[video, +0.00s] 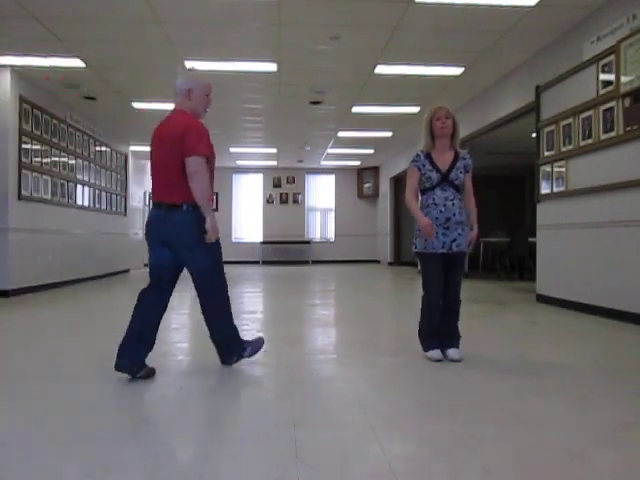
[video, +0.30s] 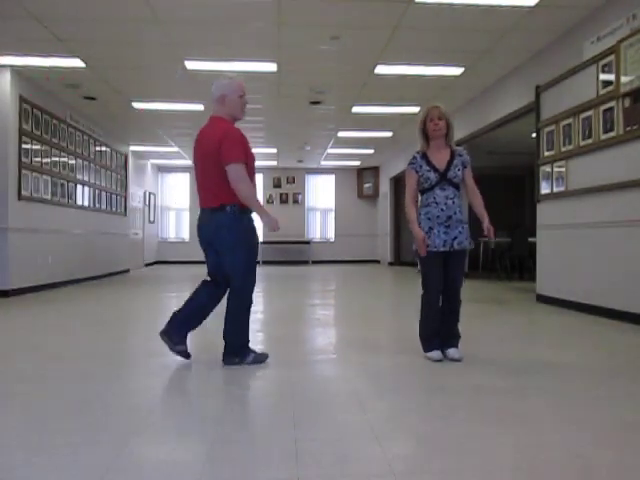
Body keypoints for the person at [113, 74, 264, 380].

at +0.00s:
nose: (209, 104)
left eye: (210, 97)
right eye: (206, 96)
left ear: (184, 96)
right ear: (188, 95)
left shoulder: (162, 127)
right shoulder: (193, 127)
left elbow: (162, 174)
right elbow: (195, 170)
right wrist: (209, 215)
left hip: (160, 218)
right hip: (189, 219)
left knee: (158, 289)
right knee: (213, 287)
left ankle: (130, 359)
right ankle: (230, 348)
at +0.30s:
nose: (246, 103)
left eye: (245, 98)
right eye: (242, 97)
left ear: (221, 101)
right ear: (225, 100)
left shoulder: (205, 133)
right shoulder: (229, 133)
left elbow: (206, 182)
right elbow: (239, 181)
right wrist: (265, 213)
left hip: (209, 219)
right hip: (233, 219)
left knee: (219, 280)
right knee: (242, 286)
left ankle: (176, 330)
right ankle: (236, 350)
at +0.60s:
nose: (262, 107)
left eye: (263, 102)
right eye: (257, 102)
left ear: (244, 104)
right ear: (239, 103)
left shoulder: (249, 136)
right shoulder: (235, 135)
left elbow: (255, 180)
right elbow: (240, 179)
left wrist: (279, 200)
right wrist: (278, 206)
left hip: (258, 221)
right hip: (246, 222)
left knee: (272, 284)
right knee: (259, 286)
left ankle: (286, 339)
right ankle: (237, 349)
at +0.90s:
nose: (279, 105)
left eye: (280, 100)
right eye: (273, 100)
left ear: (281, 103)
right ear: (256, 104)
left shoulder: (285, 140)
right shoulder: (244, 137)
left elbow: (297, 176)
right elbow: (227, 176)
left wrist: (320, 200)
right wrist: (227, 216)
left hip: (283, 221)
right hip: (255, 220)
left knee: (294, 282)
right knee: (265, 281)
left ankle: (305, 342)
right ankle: (242, 339)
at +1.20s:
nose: (292, 104)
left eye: (296, 100)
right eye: (286, 100)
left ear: (302, 104)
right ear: (274, 105)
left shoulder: (316, 142)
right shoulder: (260, 140)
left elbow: (329, 179)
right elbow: (244, 177)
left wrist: (340, 214)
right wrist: (240, 212)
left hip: (305, 222)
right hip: (271, 221)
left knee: (308, 289)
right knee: (272, 286)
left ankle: (304, 346)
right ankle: (261, 341)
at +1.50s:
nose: (297, 103)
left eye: (303, 98)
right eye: (292, 99)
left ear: (311, 102)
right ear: (285, 104)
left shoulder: (326, 138)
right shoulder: (272, 142)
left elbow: (337, 174)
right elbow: (263, 180)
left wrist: (323, 205)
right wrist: (260, 214)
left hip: (314, 222)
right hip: (280, 223)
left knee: (316, 288)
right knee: (280, 288)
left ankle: (313, 345)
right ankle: (287, 348)